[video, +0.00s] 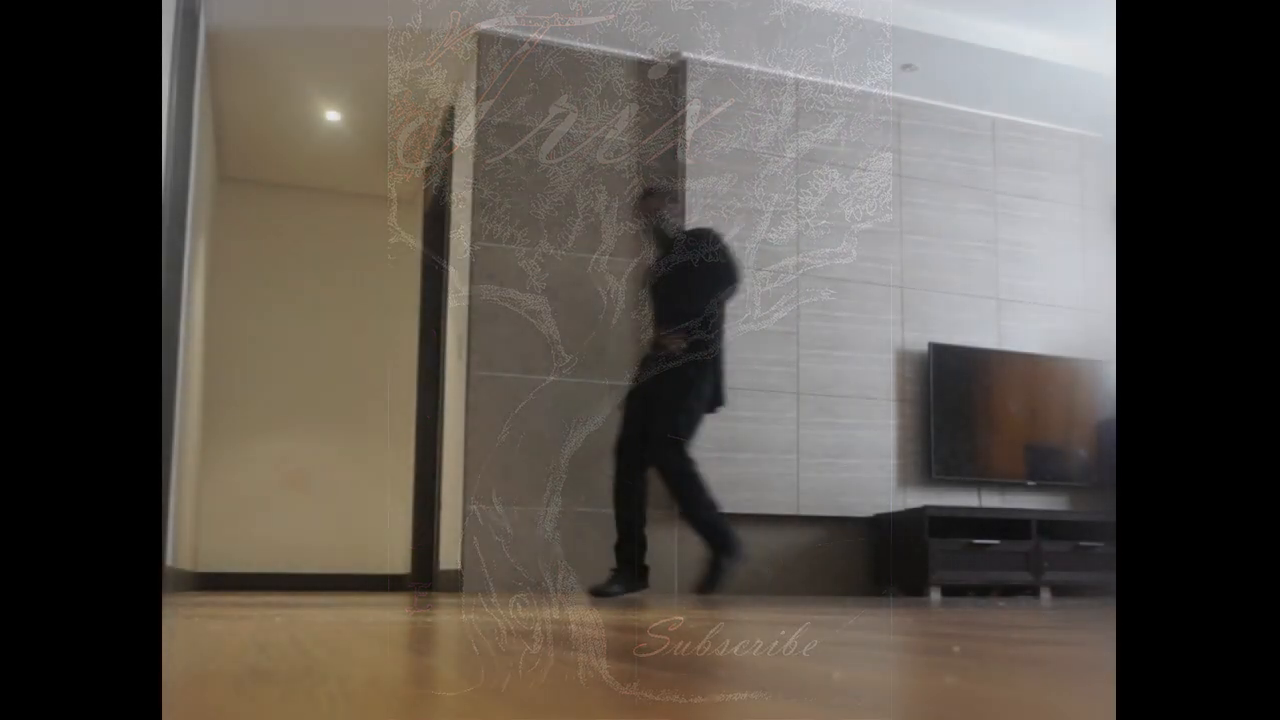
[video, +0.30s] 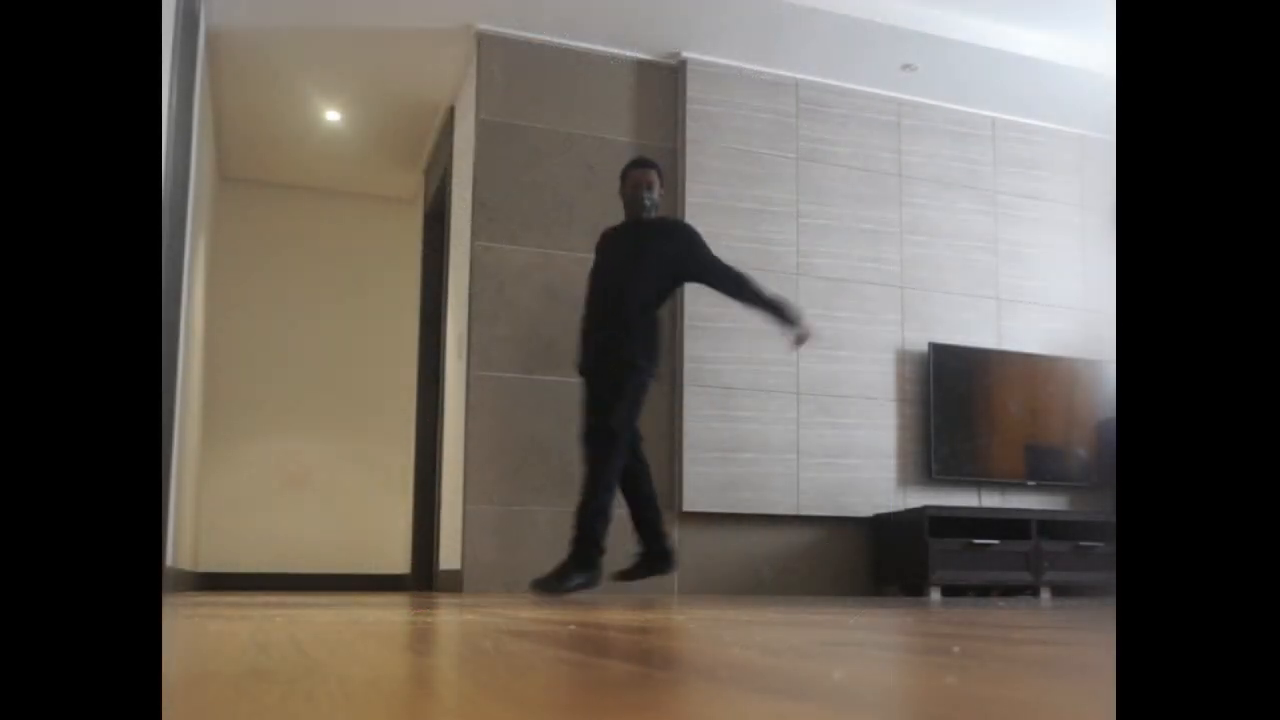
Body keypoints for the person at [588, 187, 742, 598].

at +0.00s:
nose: (654, 217)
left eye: (659, 208)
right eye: (648, 211)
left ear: (675, 208)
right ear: (643, 216)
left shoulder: (703, 243)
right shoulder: (661, 265)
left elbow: (725, 278)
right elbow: (670, 319)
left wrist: (681, 326)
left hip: (693, 377)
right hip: (657, 376)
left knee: (666, 451)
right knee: (629, 458)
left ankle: (723, 544)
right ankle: (630, 568)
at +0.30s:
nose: (643, 195)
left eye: (650, 187)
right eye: (635, 187)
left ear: (661, 193)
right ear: (621, 193)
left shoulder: (675, 238)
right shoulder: (611, 240)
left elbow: (727, 279)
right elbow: (598, 302)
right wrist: (589, 356)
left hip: (633, 361)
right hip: (601, 359)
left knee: (604, 451)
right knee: (623, 452)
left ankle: (584, 561)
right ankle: (655, 550)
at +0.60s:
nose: (624, 231)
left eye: (627, 221)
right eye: (613, 228)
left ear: (637, 217)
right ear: (601, 232)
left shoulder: (669, 251)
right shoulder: (596, 271)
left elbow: (709, 286)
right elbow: (543, 308)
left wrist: (732, 301)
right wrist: (484, 302)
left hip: (656, 370)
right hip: (612, 373)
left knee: (590, 426)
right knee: (609, 469)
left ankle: (529, 513)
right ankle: (660, 564)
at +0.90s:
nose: (616, 185)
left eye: (621, 177)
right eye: (607, 181)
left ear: (634, 181)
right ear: (596, 189)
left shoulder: (660, 218)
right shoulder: (595, 247)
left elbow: (684, 276)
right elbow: (594, 312)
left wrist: (643, 317)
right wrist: (587, 366)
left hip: (654, 346)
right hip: (610, 353)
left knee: (634, 422)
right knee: (615, 446)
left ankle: (695, 516)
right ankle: (626, 558)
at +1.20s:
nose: (608, 220)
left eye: (612, 211)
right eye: (599, 217)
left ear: (628, 203)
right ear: (594, 220)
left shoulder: (661, 230)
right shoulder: (615, 250)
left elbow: (725, 264)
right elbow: (627, 299)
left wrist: (681, 315)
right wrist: (605, 342)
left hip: (667, 362)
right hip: (626, 360)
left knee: (670, 460)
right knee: (575, 403)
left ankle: (694, 569)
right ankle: (578, 518)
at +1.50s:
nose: (648, 198)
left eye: (656, 190)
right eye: (640, 191)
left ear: (669, 189)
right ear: (628, 192)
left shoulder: (681, 231)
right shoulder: (625, 235)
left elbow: (728, 282)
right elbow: (624, 293)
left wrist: (680, 316)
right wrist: (620, 338)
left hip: (662, 359)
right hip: (624, 356)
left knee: (649, 458)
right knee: (613, 453)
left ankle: (652, 571)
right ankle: (703, 492)